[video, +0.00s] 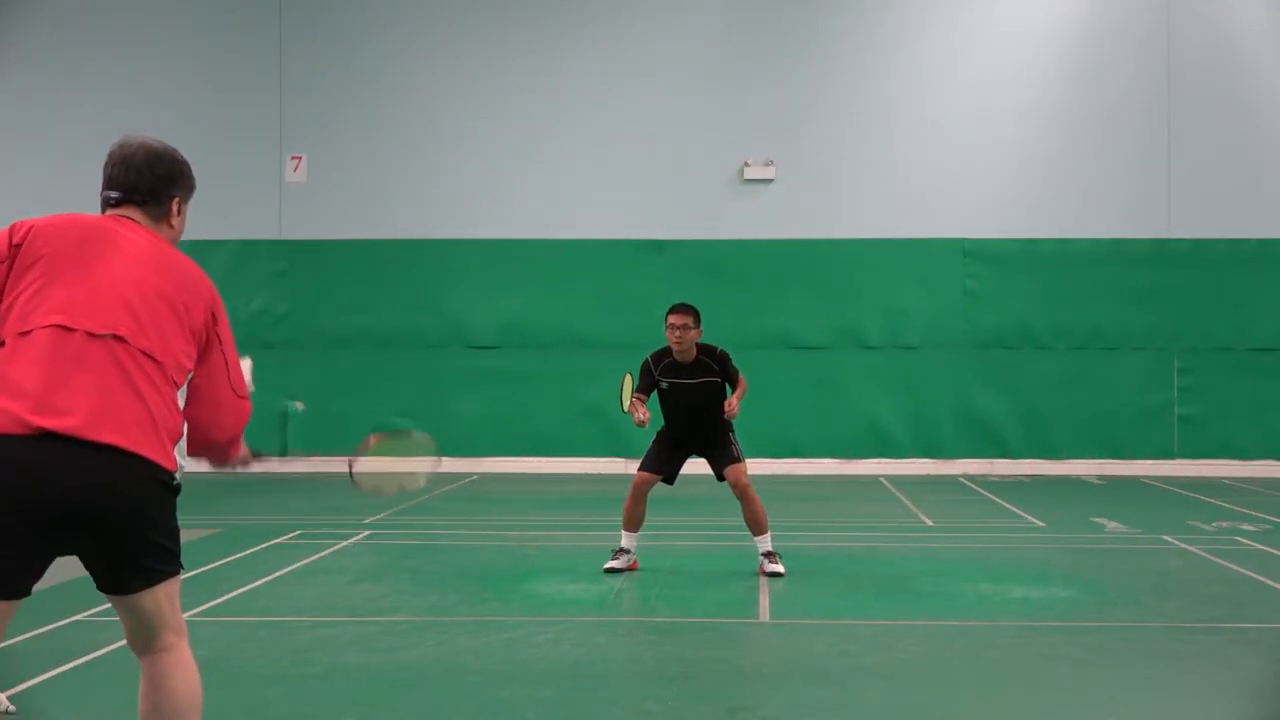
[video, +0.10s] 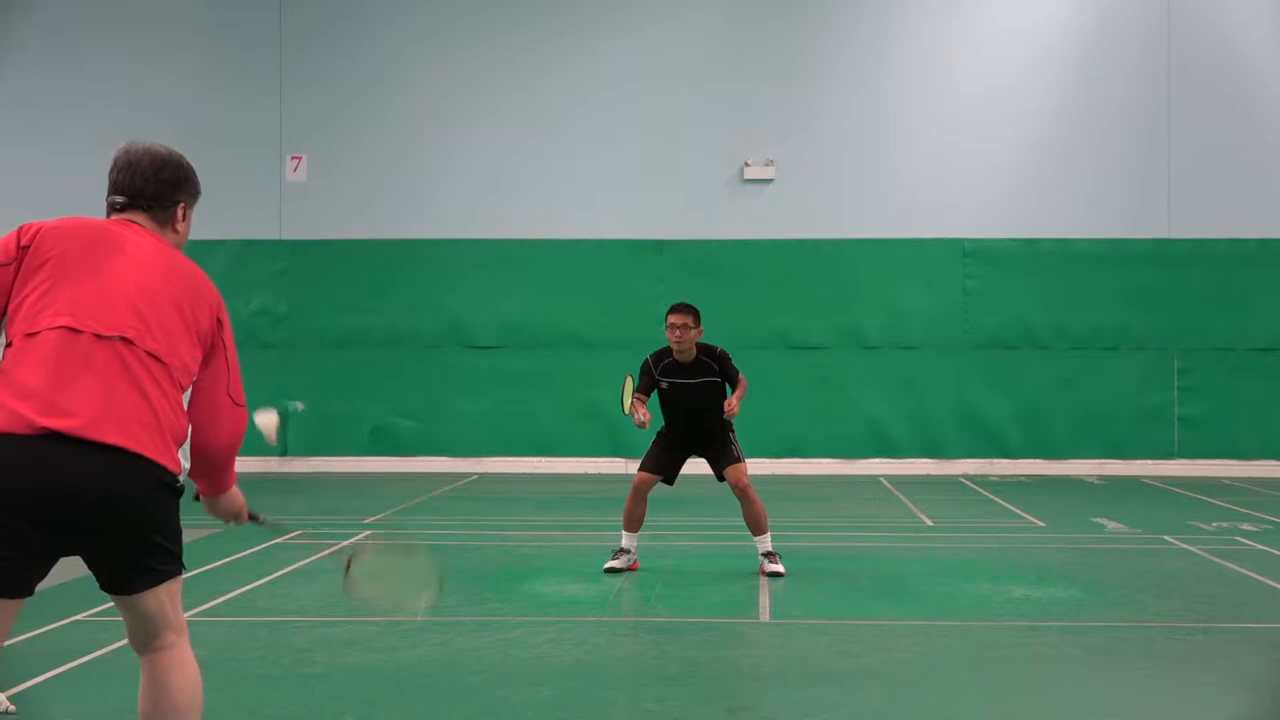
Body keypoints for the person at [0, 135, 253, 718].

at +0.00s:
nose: (187, 221)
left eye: (187, 208)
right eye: (188, 208)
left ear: (105, 199)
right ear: (175, 209)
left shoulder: (28, 235)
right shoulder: (195, 286)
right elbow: (216, 426)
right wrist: (227, 448)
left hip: (15, 458)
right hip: (128, 474)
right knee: (162, 644)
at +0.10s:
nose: (193, 228)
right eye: (193, 216)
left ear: (111, 205)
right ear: (180, 215)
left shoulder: (37, 237)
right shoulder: (201, 291)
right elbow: (217, 426)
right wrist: (219, 490)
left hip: (17, 457)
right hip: (132, 475)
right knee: (162, 641)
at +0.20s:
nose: (198, 227)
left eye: (199, 215)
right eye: (198, 215)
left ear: (117, 205)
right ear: (185, 216)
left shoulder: (46, 237)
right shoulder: (203, 290)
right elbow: (220, 423)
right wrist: (220, 467)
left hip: (22, 456)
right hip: (137, 475)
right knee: (164, 640)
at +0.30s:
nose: (201, 228)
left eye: (202, 216)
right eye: (201, 217)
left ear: (121, 205)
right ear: (189, 217)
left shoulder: (51, 238)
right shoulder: (207, 289)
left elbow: (0, 308)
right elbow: (217, 410)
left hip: (26, 456)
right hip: (141, 473)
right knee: (166, 639)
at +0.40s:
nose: (200, 223)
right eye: (199, 212)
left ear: (122, 203)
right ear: (190, 214)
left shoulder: (51, 240)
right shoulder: (209, 282)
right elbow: (217, 379)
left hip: (30, 456)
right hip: (145, 468)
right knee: (166, 639)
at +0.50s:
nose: (195, 218)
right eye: (195, 208)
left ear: (116, 202)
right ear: (186, 209)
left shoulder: (49, 239)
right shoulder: (208, 277)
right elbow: (216, 370)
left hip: (32, 457)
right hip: (148, 466)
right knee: (167, 639)